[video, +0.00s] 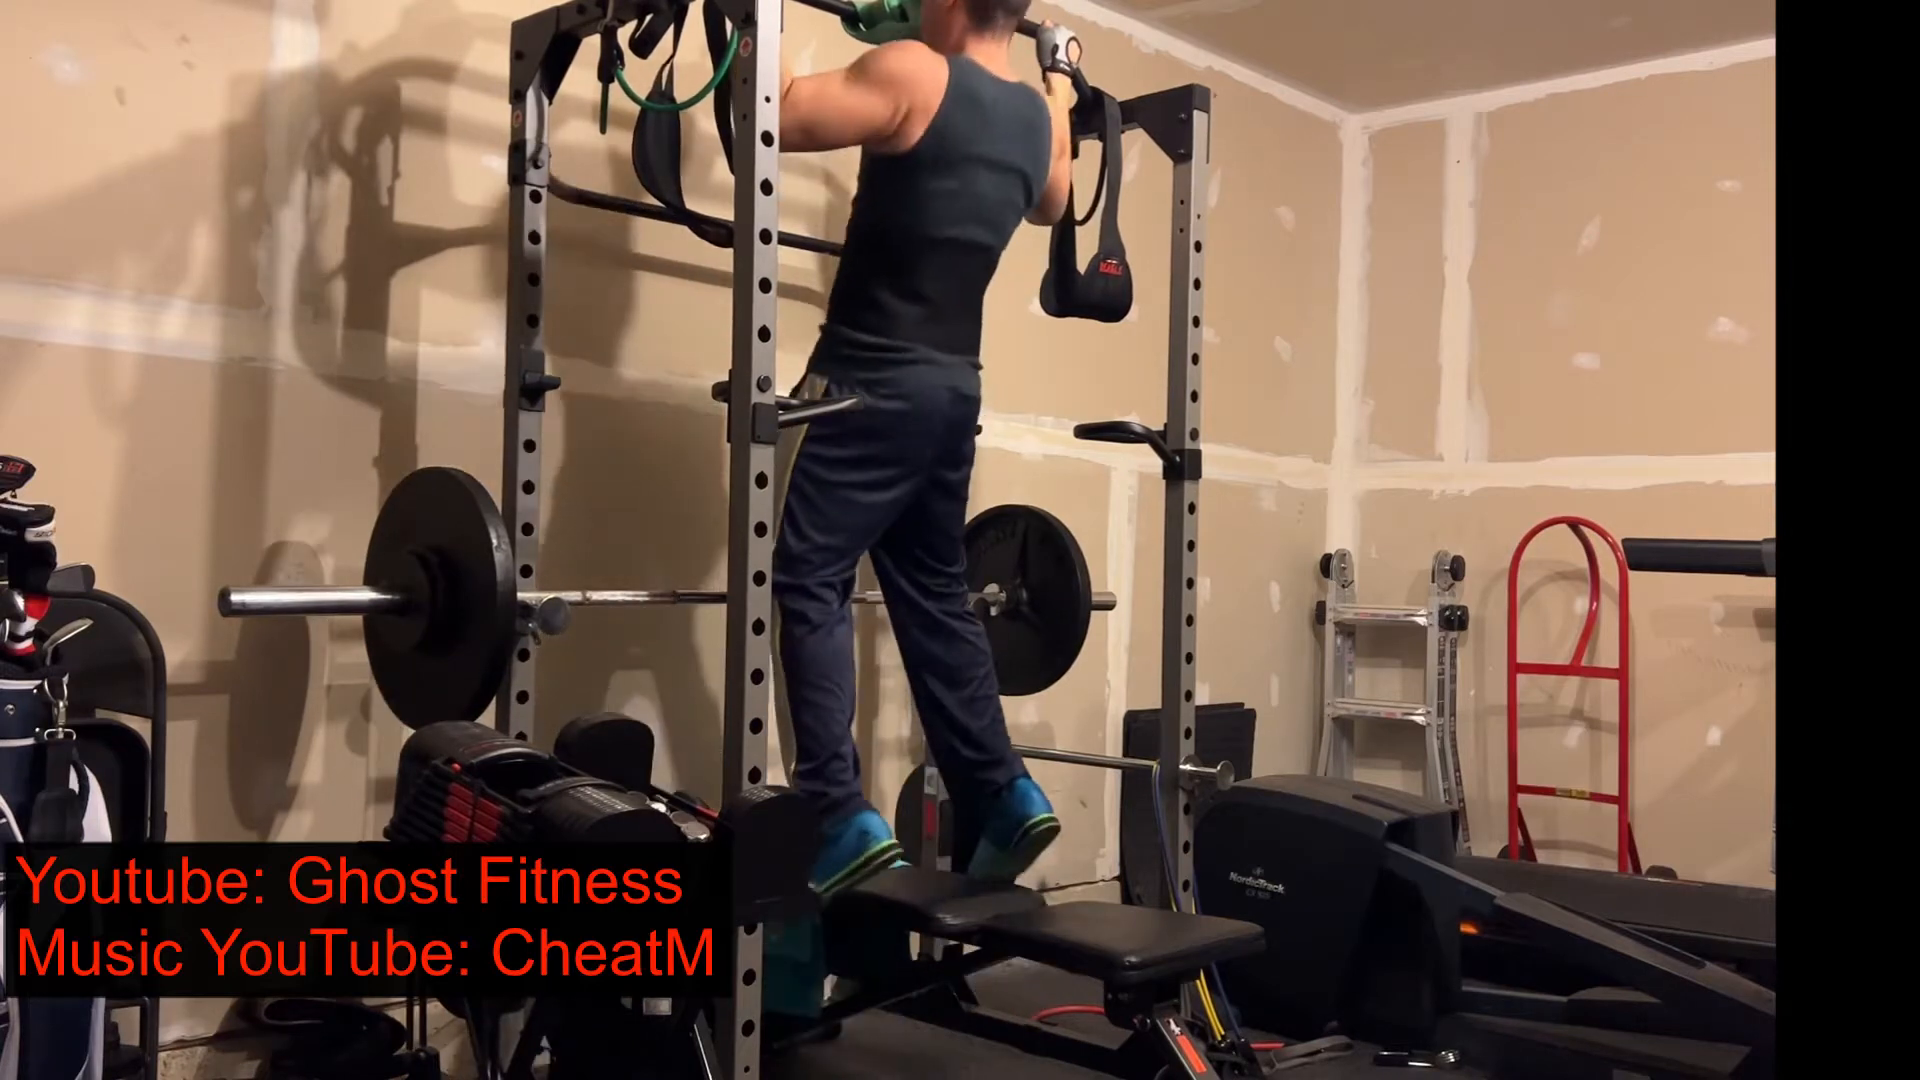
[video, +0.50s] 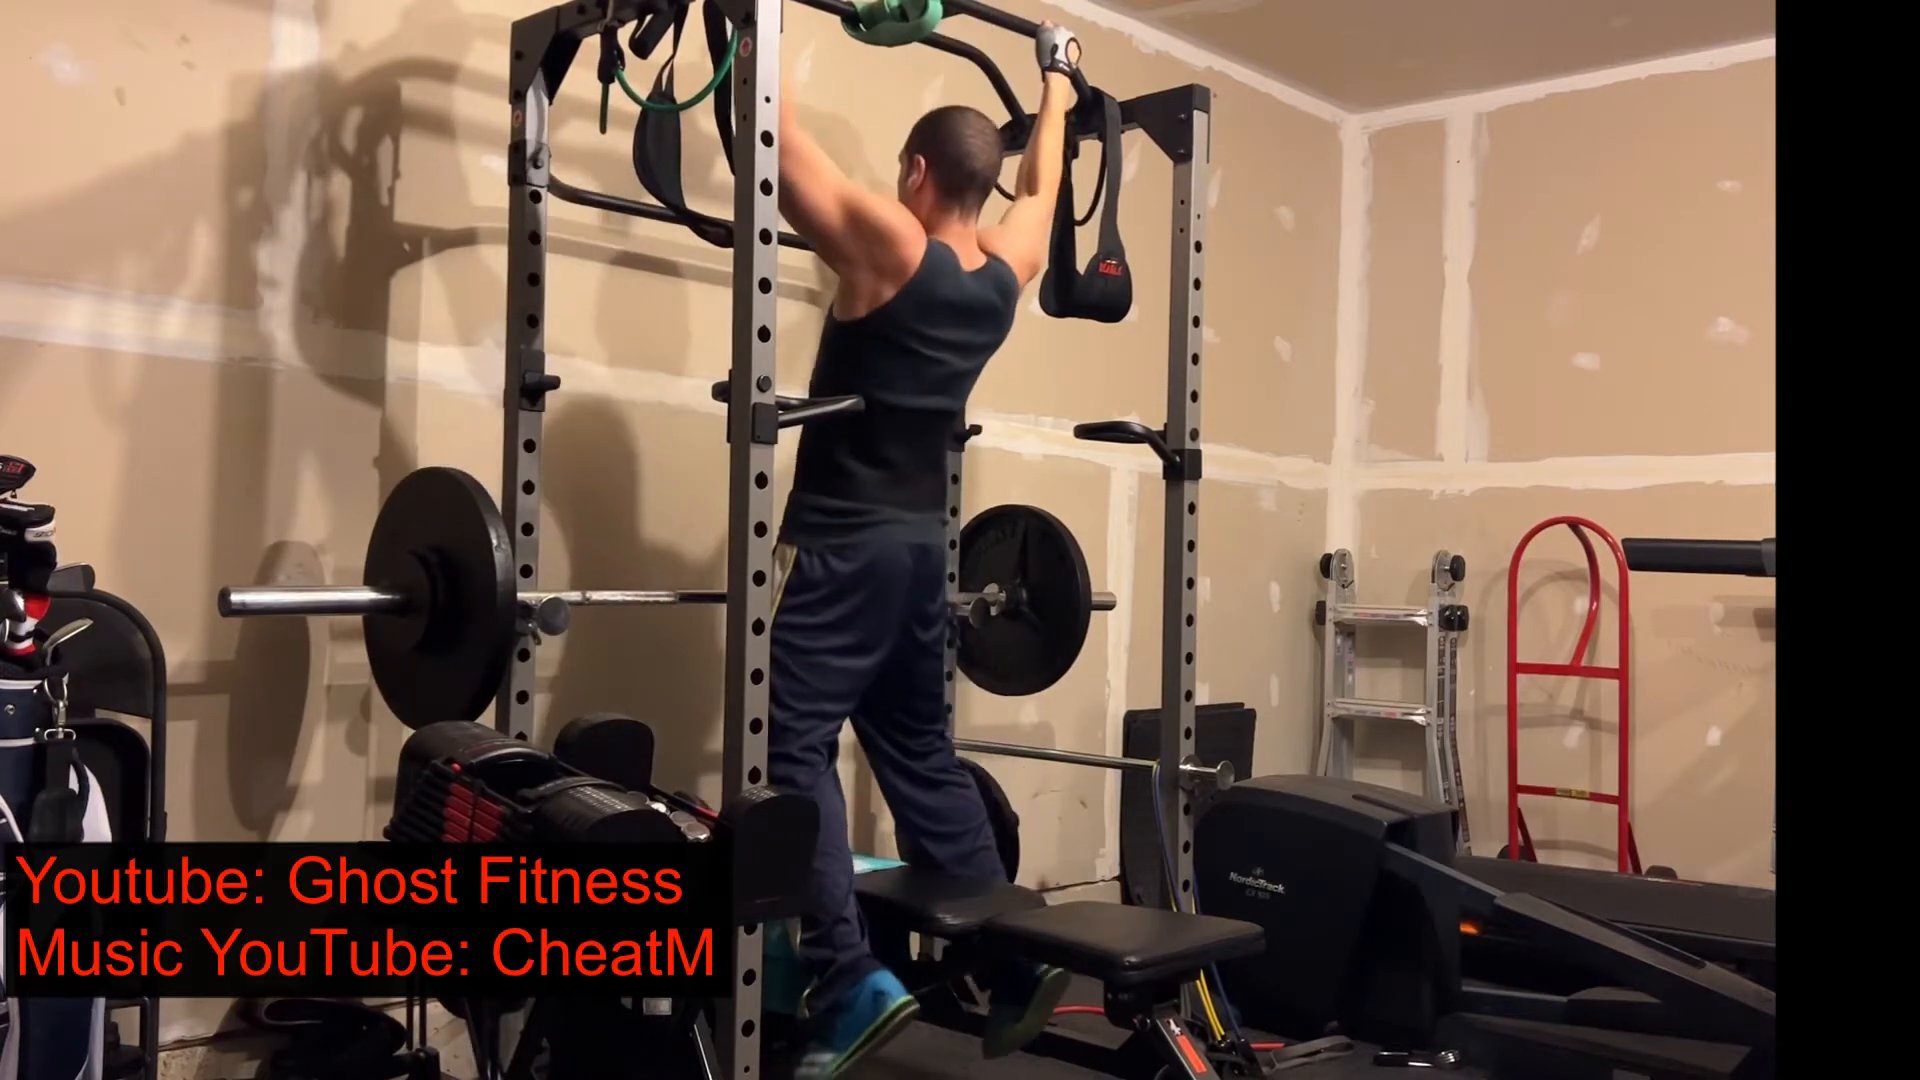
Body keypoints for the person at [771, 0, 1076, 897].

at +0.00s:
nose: (917, 10)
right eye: (921, 0)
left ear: (951, 7)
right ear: (1013, 20)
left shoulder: (910, 73)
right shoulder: (1035, 116)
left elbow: (769, 114)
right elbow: (1056, 202)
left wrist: (751, 22)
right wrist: (1057, 88)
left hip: (871, 383)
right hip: (952, 392)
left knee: (806, 585)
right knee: (935, 597)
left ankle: (839, 813)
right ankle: (1002, 798)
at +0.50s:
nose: (894, 176)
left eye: (900, 163)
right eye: (905, 164)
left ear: (919, 170)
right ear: (989, 190)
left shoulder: (883, 242)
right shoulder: (1004, 275)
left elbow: (775, 133)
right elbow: (1040, 191)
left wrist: (759, 30)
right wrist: (1057, 103)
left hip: (847, 536)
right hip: (924, 539)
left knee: (796, 748)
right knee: (918, 752)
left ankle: (846, 971)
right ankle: (1005, 952)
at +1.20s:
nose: (938, 29)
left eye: (944, 16)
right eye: (944, 18)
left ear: (961, 19)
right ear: (1037, 38)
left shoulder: (924, 100)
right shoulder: (1049, 140)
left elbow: (781, 114)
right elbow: (1070, 203)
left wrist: (760, 21)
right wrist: (1055, 95)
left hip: (872, 413)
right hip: (950, 421)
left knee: (794, 603)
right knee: (924, 620)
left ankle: (818, 837)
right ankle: (985, 823)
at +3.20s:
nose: (903, 134)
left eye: (908, 122)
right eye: (909, 123)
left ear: (929, 127)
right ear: (997, 147)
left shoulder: (892, 196)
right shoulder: (1013, 238)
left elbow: (763, 135)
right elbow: (1047, 188)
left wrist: (743, 39)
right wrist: (1057, 106)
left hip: (846, 505)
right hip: (923, 510)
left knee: (785, 702)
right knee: (915, 714)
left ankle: (841, 925)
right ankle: (995, 910)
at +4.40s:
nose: (910, 55)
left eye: (919, 41)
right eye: (921, 42)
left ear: (936, 55)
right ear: (1003, 78)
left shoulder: (900, 135)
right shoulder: (1022, 176)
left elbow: (765, 124)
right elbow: (1055, 191)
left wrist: (744, 32)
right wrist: (1057, 94)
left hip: (860, 442)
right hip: (934, 448)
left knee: (793, 637)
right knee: (914, 639)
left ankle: (852, 858)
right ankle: (994, 828)